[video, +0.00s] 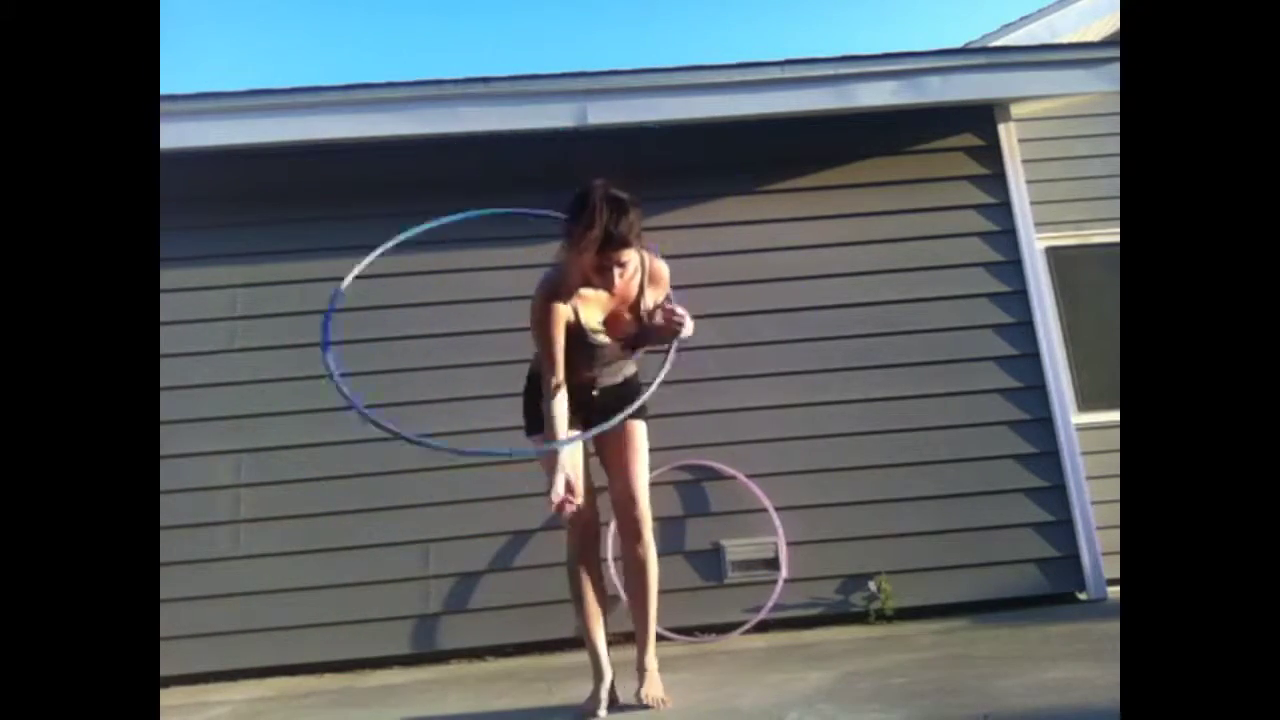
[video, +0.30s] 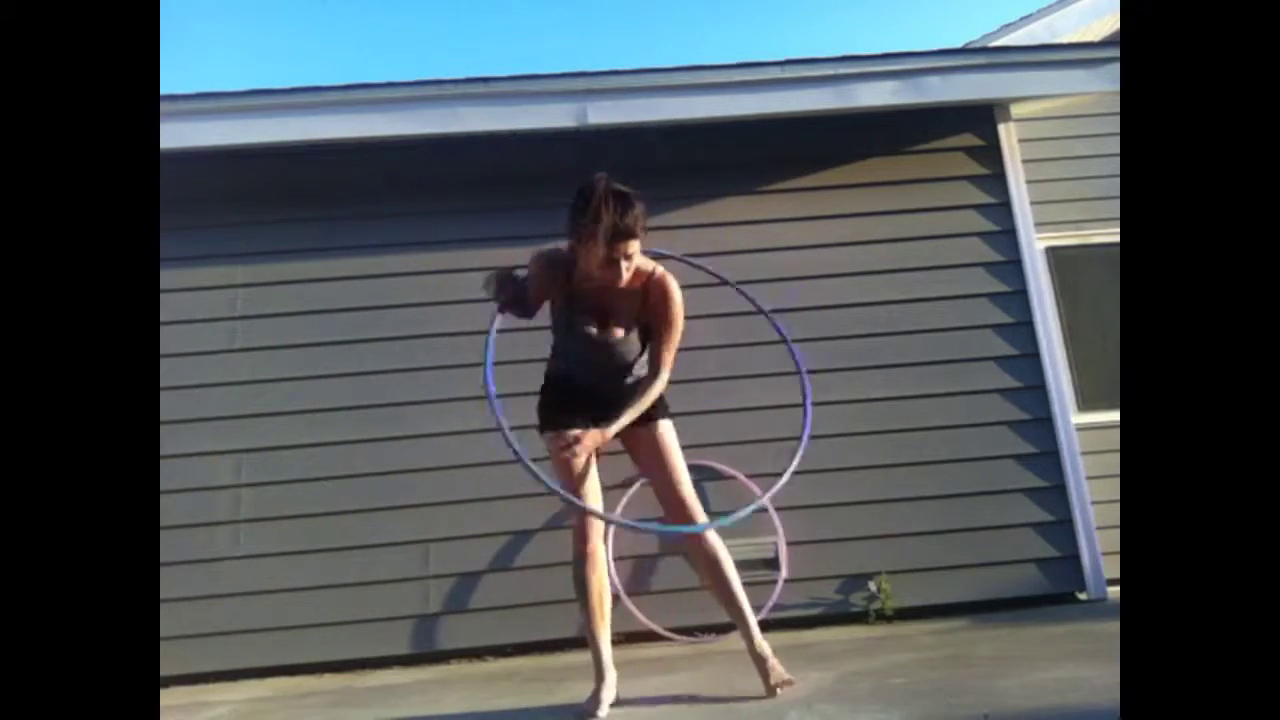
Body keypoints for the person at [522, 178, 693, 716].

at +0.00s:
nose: (615, 272)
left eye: (623, 262)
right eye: (604, 263)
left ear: (639, 247)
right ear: (583, 251)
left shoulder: (653, 273)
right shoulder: (556, 295)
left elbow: (643, 332)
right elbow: (556, 384)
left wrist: (669, 328)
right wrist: (564, 462)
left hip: (619, 390)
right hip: (558, 398)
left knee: (637, 521)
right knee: (584, 530)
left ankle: (648, 664)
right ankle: (601, 674)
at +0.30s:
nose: (615, 267)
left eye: (623, 255)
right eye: (603, 255)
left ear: (637, 242)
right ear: (579, 242)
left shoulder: (659, 285)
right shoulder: (553, 267)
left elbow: (660, 377)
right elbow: (523, 306)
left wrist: (606, 432)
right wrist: (506, 289)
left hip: (637, 394)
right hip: (569, 396)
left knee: (691, 520)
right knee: (587, 531)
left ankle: (759, 647)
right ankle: (605, 674)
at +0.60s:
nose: (656, 273)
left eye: (664, 261)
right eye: (645, 264)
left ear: (676, 245)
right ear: (620, 253)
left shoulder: (698, 283)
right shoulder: (588, 290)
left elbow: (700, 362)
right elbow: (576, 355)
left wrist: (681, 425)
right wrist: (585, 367)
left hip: (679, 383)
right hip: (612, 385)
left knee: (721, 516)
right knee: (613, 527)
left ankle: (766, 657)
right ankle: (608, 676)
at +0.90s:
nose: (717, 266)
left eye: (724, 255)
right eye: (706, 258)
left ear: (731, 243)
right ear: (680, 245)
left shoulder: (735, 258)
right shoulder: (649, 295)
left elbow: (733, 285)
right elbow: (649, 375)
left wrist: (767, 281)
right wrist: (700, 426)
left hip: (710, 383)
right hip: (650, 392)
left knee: (749, 513)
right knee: (651, 532)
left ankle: (770, 661)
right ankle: (614, 675)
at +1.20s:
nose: (707, 290)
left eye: (713, 279)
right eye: (698, 280)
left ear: (722, 267)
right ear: (673, 267)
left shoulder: (739, 286)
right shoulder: (634, 311)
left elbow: (739, 345)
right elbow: (646, 395)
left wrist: (752, 366)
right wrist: (675, 458)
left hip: (710, 393)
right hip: (643, 401)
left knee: (743, 519)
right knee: (622, 533)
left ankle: (768, 660)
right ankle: (631, 671)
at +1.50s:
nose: (624, 244)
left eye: (635, 235)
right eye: (618, 231)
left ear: (656, 232)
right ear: (605, 222)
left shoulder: (652, 289)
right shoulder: (591, 248)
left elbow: (612, 386)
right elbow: (576, 331)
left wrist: (541, 446)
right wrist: (533, 398)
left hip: (651, 398)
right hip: (614, 394)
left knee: (587, 529)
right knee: (589, 534)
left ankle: (702, 613)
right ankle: (642, 676)